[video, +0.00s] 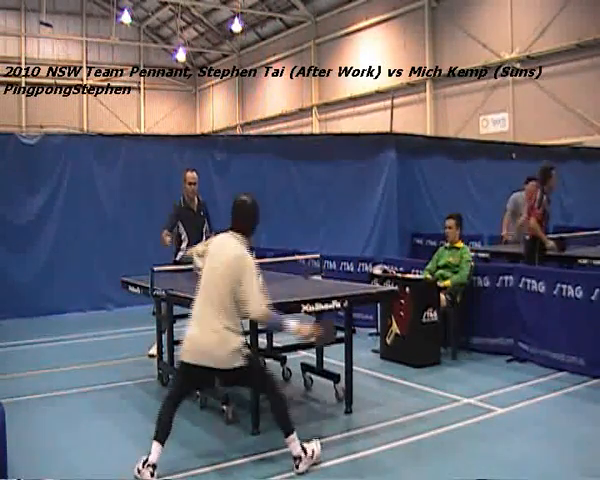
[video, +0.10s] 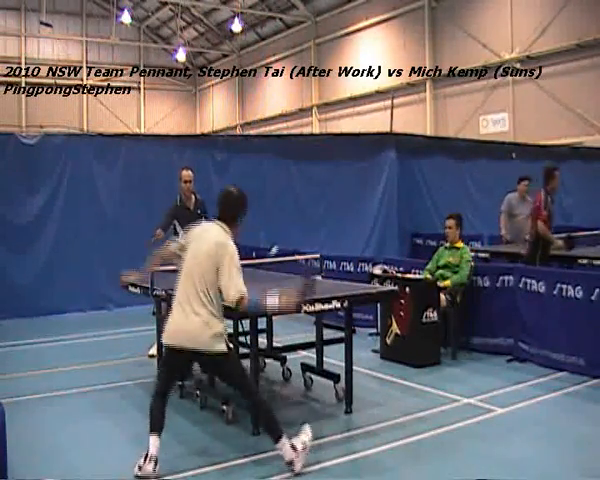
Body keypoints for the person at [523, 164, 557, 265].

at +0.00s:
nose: (555, 182)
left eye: (554, 178)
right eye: (553, 177)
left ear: (542, 177)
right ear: (549, 178)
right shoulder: (540, 194)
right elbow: (533, 222)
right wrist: (546, 241)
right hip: (534, 239)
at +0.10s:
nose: (558, 182)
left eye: (558, 178)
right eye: (556, 178)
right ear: (551, 180)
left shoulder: (549, 198)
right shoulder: (542, 197)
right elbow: (539, 225)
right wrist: (554, 240)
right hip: (538, 243)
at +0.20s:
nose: (564, 185)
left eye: (564, 181)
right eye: (562, 181)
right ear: (554, 181)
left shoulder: (554, 199)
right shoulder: (546, 198)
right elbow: (548, 227)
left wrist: (563, 238)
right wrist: (563, 238)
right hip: (543, 243)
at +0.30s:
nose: (568, 184)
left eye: (568, 181)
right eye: (565, 180)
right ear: (558, 181)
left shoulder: (558, 198)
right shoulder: (550, 198)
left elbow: (556, 226)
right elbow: (552, 228)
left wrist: (569, 234)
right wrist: (568, 235)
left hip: (554, 245)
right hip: (548, 246)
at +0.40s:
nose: (573, 181)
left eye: (574, 178)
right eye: (572, 178)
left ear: (569, 179)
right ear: (565, 178)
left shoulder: (565, 196)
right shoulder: (557, 196)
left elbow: (565, 222)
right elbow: (557, 225)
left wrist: (572, 231)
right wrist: (574, 229)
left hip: (564, 240)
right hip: (556, 241)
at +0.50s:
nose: (578, 180)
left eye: (578, 176)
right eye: (576, 176)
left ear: (573, 177)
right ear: (569, 177)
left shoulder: (570, 195)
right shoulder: (561, 195)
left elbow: (570, 220)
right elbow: (560, 222)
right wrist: (578, 227)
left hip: (569, 241)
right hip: (562, 241)